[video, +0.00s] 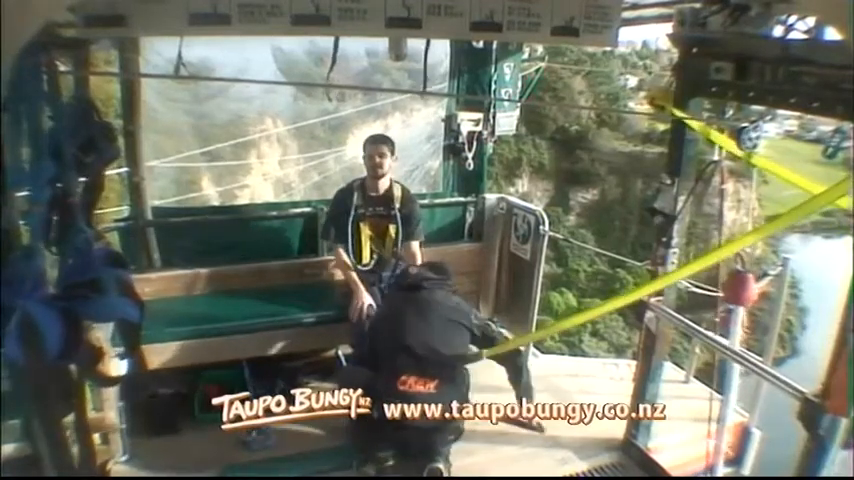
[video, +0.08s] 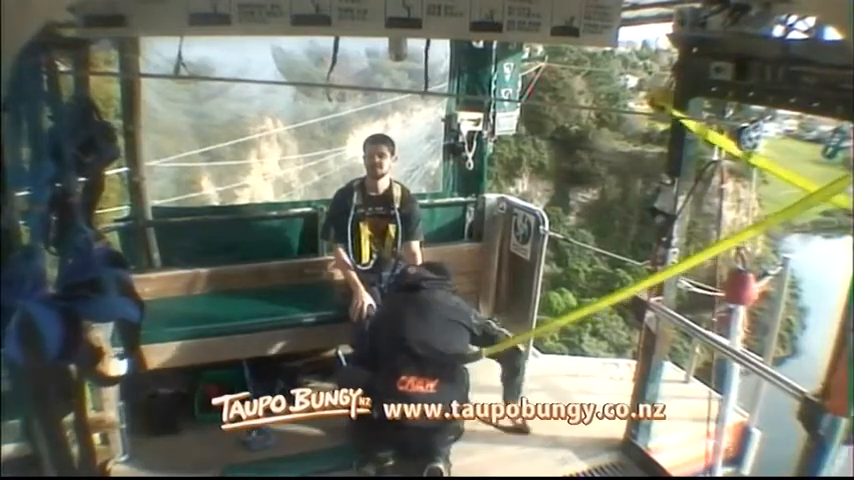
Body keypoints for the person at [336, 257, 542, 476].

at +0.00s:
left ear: (413, 280)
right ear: (447, 284)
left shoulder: (387, 307)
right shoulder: (459, 308)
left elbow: (366, 358)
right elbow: (511, 351)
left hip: (391, 412)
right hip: (441, 414)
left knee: (350, 378)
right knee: (459, 376)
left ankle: (377, 452)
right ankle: (439, 459)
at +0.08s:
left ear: (407, 283)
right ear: (446, 284)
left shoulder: (388, 308)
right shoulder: (460, 309)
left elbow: (365, 358)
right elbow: (513, 350)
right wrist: (512, 409)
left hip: (391, 414)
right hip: (443, 415)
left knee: (350, 378)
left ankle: (376, 455)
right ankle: (438, 459)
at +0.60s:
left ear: (403, 282)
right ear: (437, 283)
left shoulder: (386, 306)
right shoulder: (453, 306)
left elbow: (366, 359)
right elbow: (476, 362)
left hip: (394, 418)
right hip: (446, 419)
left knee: (345, 377)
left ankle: (377, 453)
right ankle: (442, 455)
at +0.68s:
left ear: (397, 286)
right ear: (436, 283)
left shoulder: (386, 307)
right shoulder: (452, 305)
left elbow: (366, 360)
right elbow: (467, 352)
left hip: (395, 424)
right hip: (449, 424)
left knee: (345, 377)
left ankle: (376, 454)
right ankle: (441, 456)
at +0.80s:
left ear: (395, 288)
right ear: (434, 285)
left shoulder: (388, 305)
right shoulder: (449, 305)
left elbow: (365, 360)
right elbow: (465, 352)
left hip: (400, 416)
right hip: (453, 416)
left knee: (346, 379)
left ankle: (378, 456)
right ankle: (441, 457)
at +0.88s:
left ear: (395, 284)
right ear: (431, 283)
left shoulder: (386, 307)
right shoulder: (449, 306)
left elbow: (364, 362)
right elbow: (464, 353)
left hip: (400, 420)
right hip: (454, 419)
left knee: (342, 380)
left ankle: (376, 455)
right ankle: (443, 456)